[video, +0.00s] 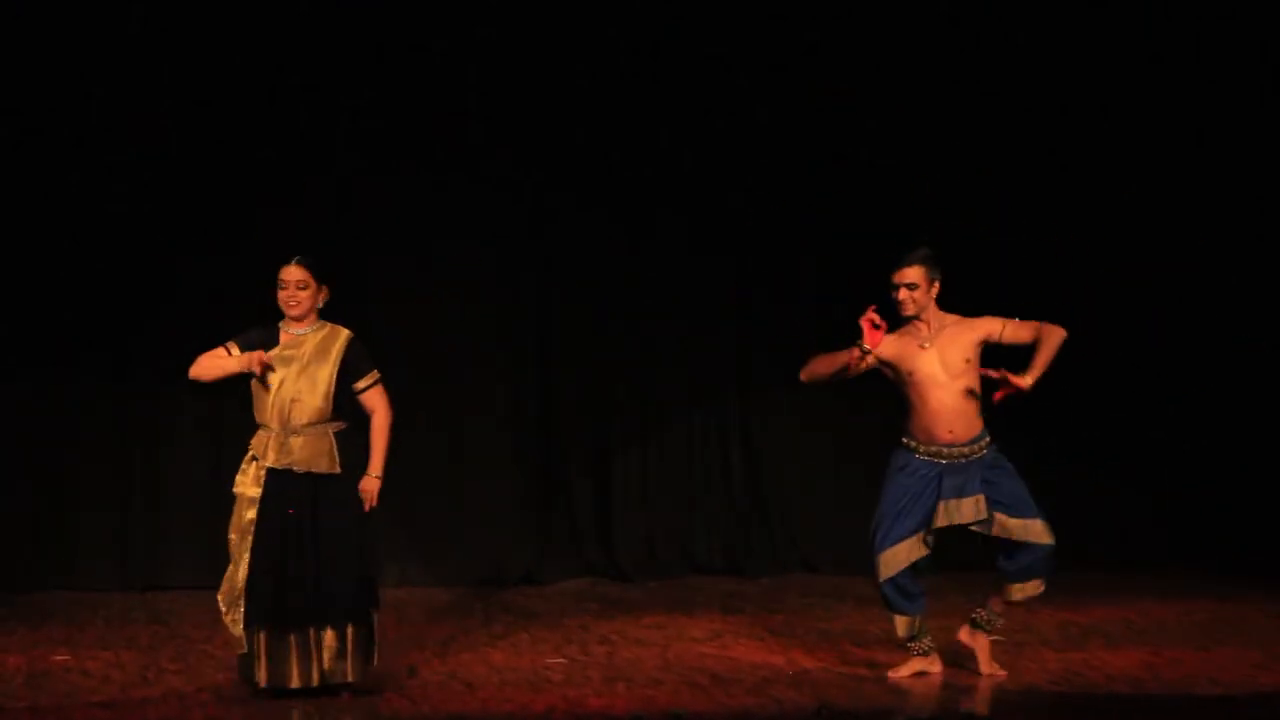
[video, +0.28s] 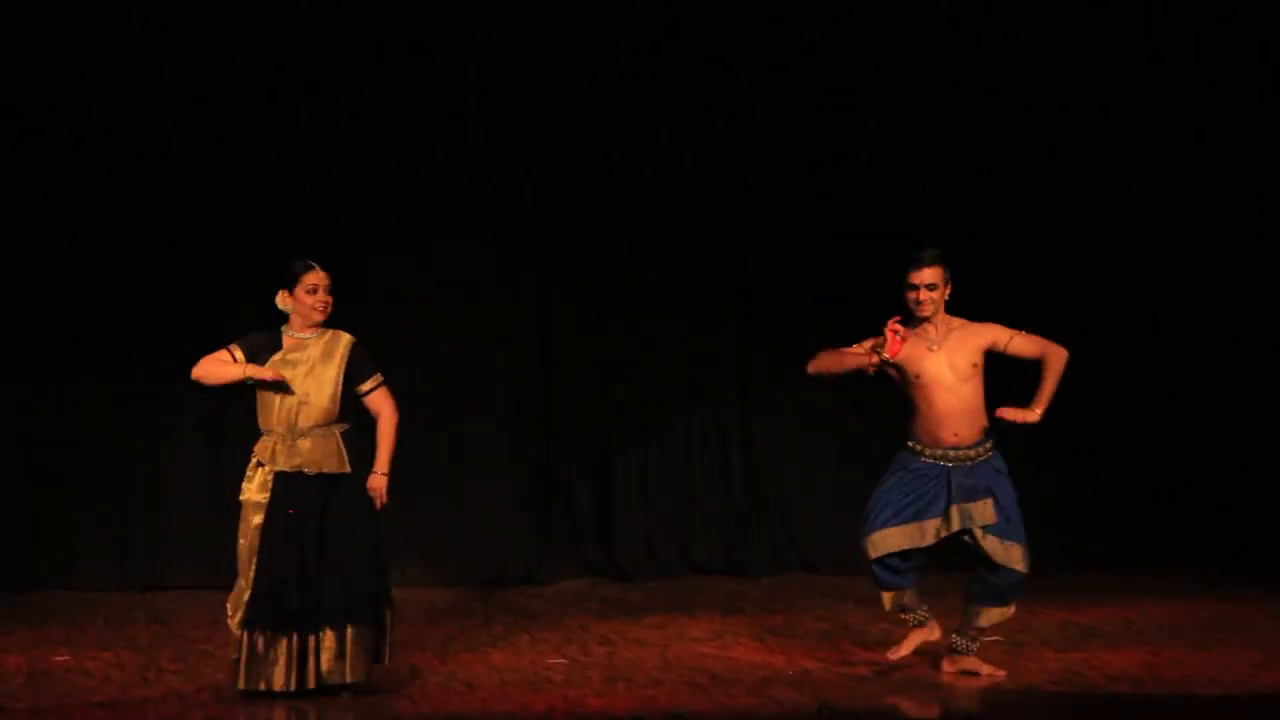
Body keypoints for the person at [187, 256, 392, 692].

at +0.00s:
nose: (290, 295)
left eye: (300, 287)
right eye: (284, 287)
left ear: (320, 293)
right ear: (276, 293)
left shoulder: (341, 344)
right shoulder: (260, 340)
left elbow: (380, 409)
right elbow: (198, 370)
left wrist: (374, 473)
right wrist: (243, 363)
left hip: (325, 473)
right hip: (270, 471)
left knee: (328, 566)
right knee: (269, 568)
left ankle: (330, 671)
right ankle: (273, 669)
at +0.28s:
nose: (323, 299)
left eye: (327, 291)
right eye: (312, 290)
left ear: (331, 299)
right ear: (286, 298)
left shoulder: (344, 349)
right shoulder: (263, 343)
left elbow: (386, 411)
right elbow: (202, 371)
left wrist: (380, 471)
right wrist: (250, 372)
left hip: (331, 475)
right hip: (274, 475)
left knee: (335, 571)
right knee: (272, 573)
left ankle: (333, 674)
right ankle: (274, 674)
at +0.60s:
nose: (331, 294)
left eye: (335, 287)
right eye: (320, 286)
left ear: (339, 294)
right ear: (294, 293)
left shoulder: (352, 344)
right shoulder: (270, 338)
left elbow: (394, 406)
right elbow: (209, 358)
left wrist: (386, 463)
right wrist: (265, 360)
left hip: (338, 470)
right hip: (280, 469)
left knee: (351, 569)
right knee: (276, 569)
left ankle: (359, 673)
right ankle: (269, 674)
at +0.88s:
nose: (328, 297)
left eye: (336, 290)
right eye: (318, 290)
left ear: (347, 295)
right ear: (305, 296)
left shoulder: (367, 346)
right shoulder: (287, 344)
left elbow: (414, 404)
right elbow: (228, 370)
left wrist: (402, 458)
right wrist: (271, 358)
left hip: (353, 470)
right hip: (295, 469)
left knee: (360, 568)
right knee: (293, 567)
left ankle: (363, 673)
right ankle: (294, 671)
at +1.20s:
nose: (323, 294)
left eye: (333, 286)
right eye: (316, 286)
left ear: (354, 291)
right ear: (309, 291)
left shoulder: (376, 342)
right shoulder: (296, 339)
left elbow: (422, 401)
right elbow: (232, 369)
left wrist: (411, 460)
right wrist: (274, 369)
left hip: (358, 468)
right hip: (300, 467)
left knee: (366, 565)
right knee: (301, 567)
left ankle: (371, 673)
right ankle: (304, 673)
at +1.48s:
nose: (355, 295)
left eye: (362, 287)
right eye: (345, 287)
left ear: (370, 295)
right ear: (326, 295)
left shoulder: (386, 346)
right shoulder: (306, 341)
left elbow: (430, 407)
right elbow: (242, 361)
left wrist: (422, 467)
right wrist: (293, 362)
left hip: (371, 471)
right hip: (315, 471)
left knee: (377, 570)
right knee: (315, 571)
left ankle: (381, 675)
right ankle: (316, 674)